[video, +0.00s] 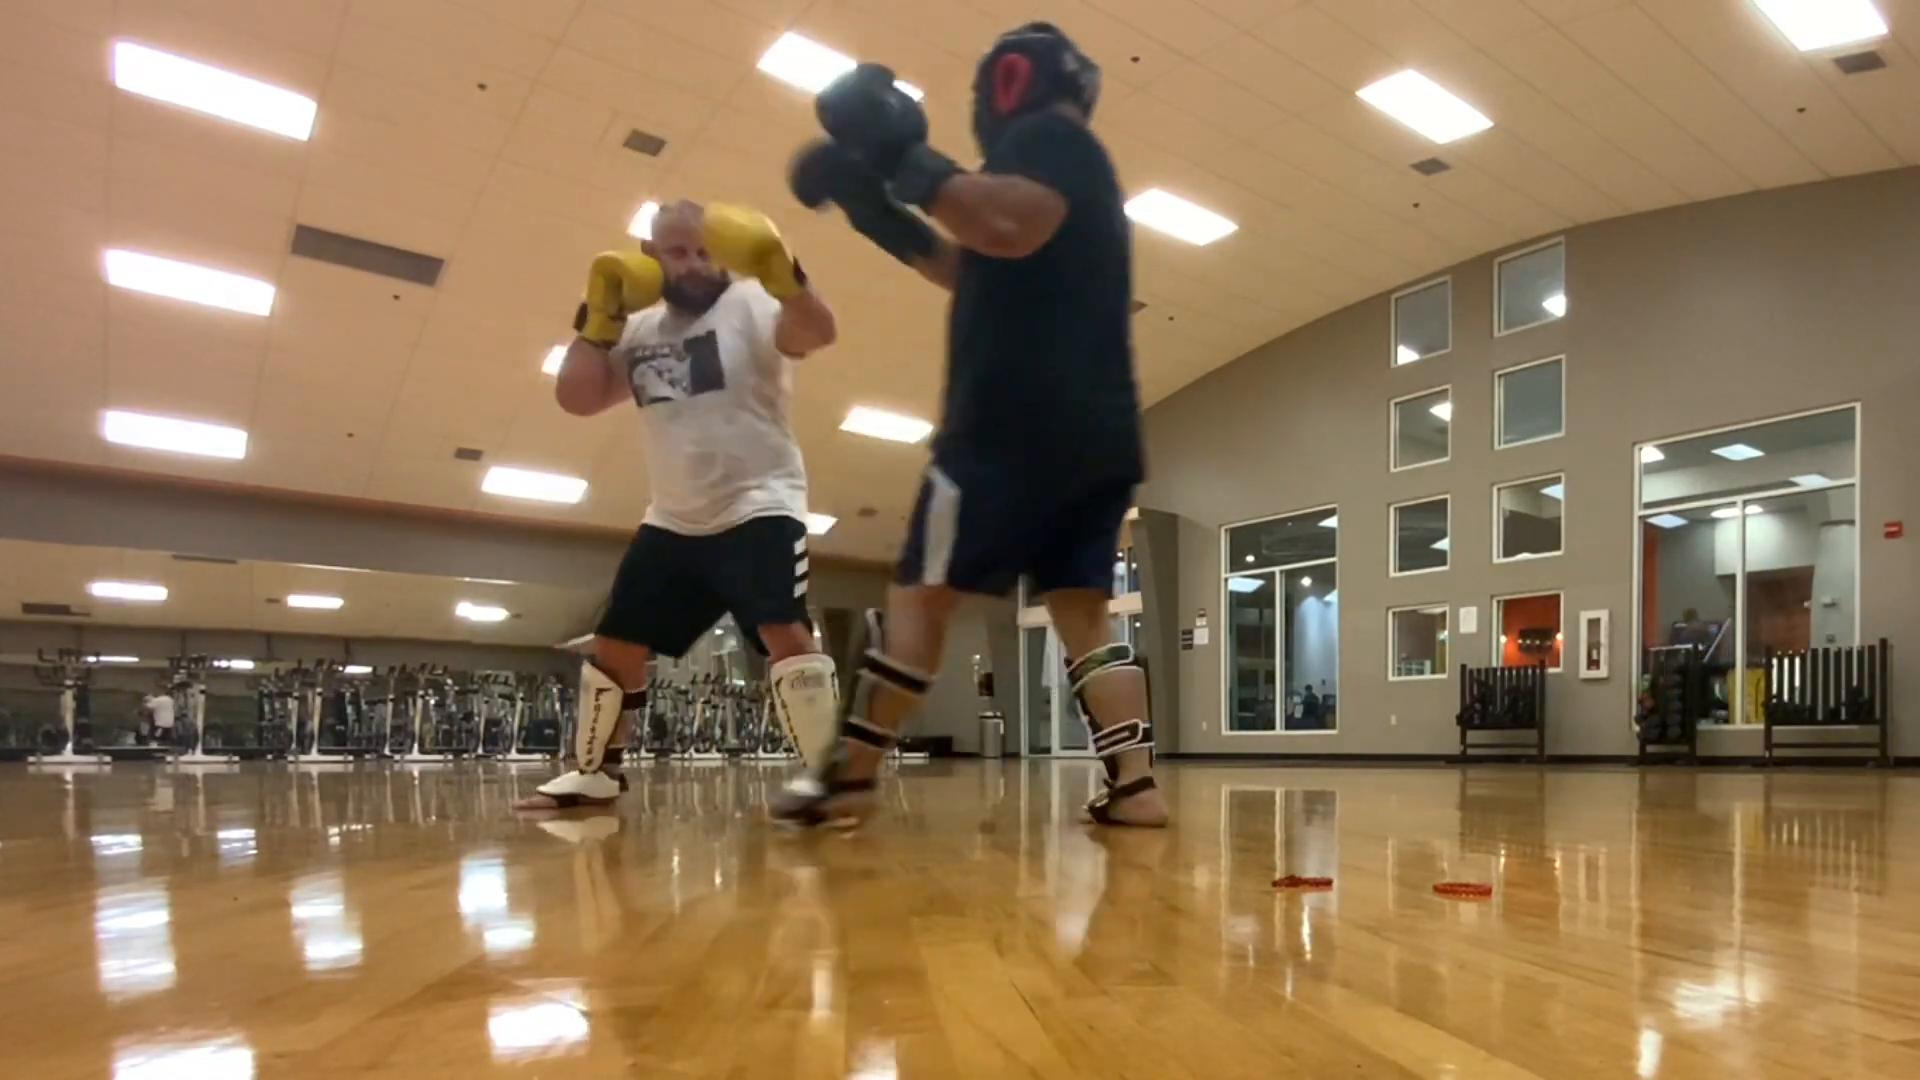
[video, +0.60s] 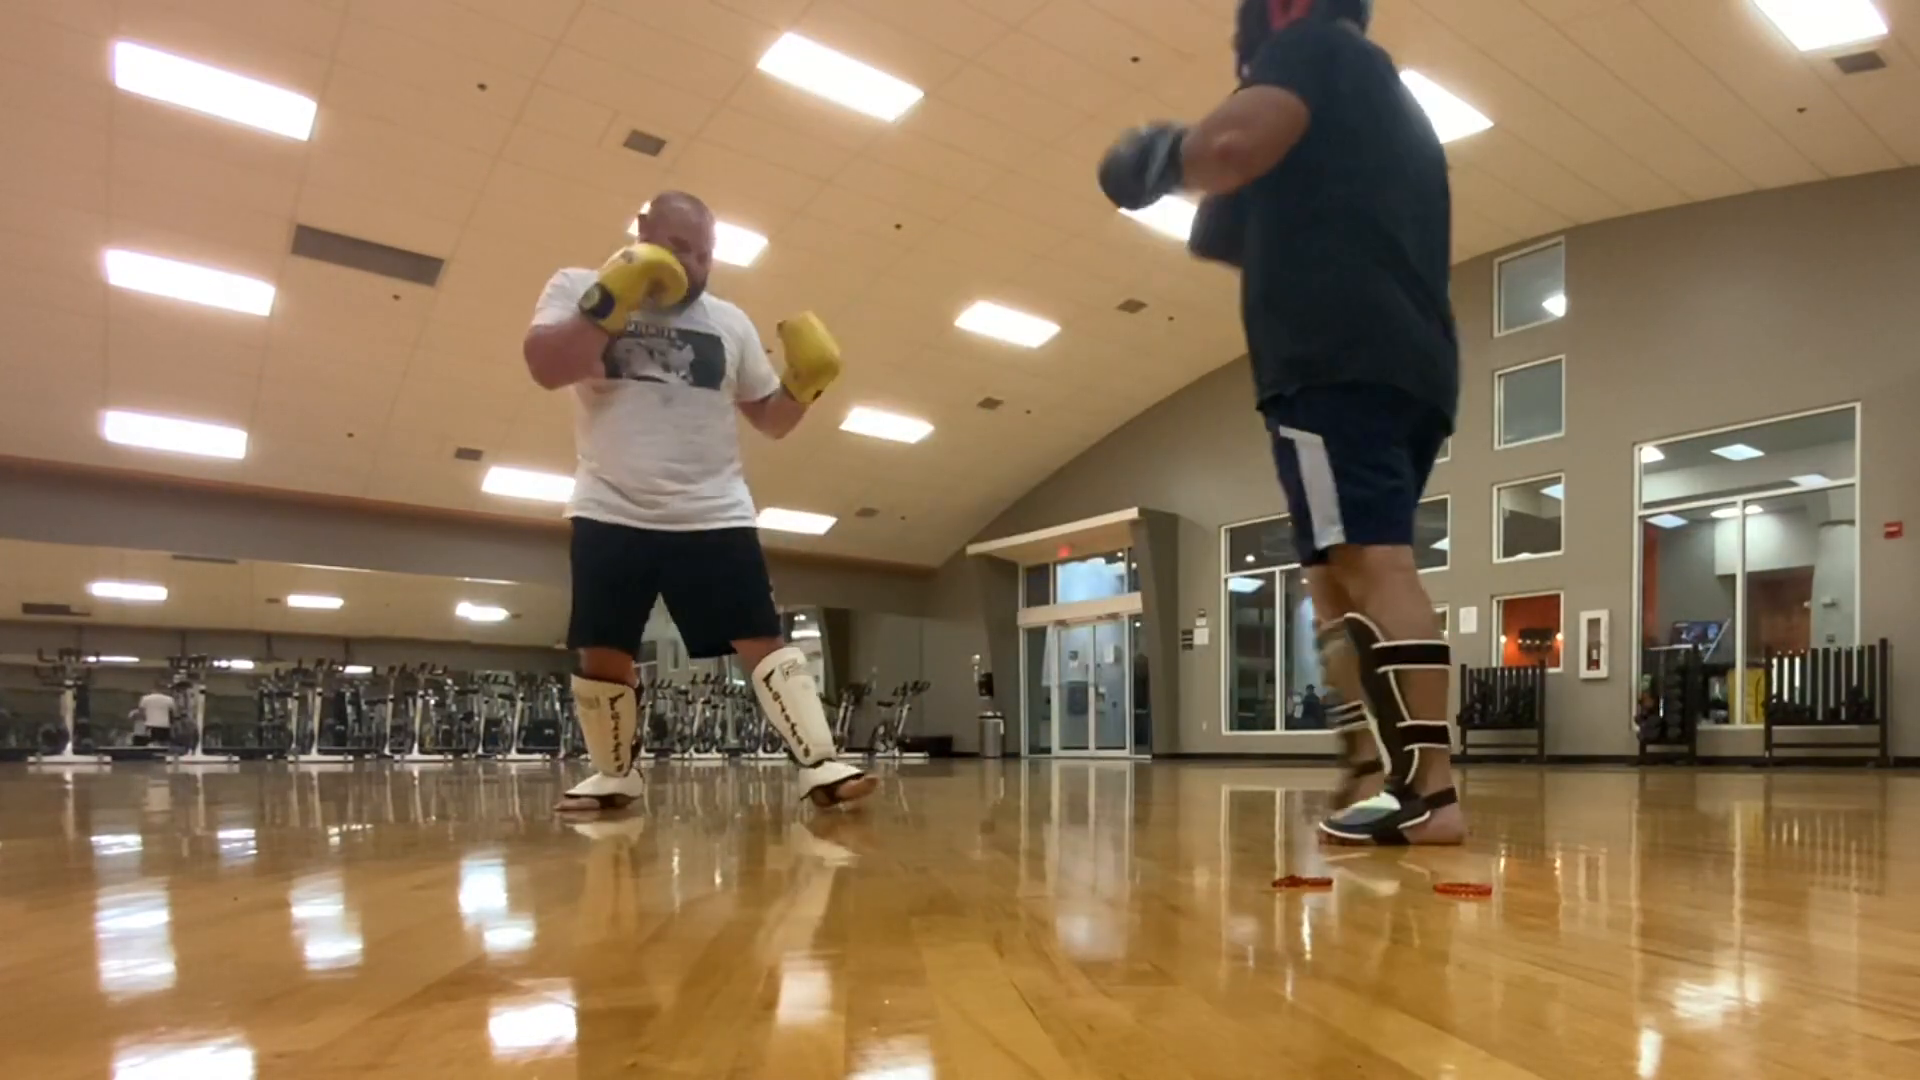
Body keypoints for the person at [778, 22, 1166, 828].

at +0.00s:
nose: (981, 101)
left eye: (987, 85)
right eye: (983, 89)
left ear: (1012, 75)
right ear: (1064, 85)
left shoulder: (1049, 135)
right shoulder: (1070, 171)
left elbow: (1020, 222)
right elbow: (981, 279)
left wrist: (903, 156)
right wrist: (877, 214)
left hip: (1006, 425)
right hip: (1091, 430)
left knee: (922, 594)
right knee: (1080, 604)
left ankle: (850, 779)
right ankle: (1136, 788)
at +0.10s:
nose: (1028, 82)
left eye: (1034, 64)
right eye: (1029, 70)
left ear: (1065, 50)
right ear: (1119, 62)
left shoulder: (1101, 110)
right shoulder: (1137, 153)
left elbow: (1039, 188)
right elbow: (1076, 307)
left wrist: (938, 142)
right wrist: (967, 280)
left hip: (1072, 399)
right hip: (1156, 412)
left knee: (970, 563)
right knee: (1113, 593)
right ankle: (1137, 786)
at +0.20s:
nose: (1074, 63)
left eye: (1082, 42)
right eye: (1077, 47)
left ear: (1111, 33)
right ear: (1171, 45)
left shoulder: (1140, 92)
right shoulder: (1202, 134)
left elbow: (1060, 168)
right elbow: (1166, 275)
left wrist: (982, 126)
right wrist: (1065, 327)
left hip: (1133, 386)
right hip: (1205, 393)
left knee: (1077, 577)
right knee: (1155, 584)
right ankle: (1144, 780)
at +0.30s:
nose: (1114, 59)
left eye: (1122, 40)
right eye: (1118, 44)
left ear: (1156, 32)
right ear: (1219, 46)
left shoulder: (1176, 88)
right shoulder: (1259, 136)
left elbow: (1077, 174)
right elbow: (1231, 264)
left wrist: (1026, 135)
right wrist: (1132, 306)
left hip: (1196, 389)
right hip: (1259, 393)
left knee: (1234, 583)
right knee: (1181, 595)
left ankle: (1390, 762)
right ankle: (1144, 790)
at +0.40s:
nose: (1151, 72)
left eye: (1158, 53)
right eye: (1153, 58)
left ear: (1197, 37)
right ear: (1260, 47)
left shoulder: (1219, 95)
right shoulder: (1310, 133)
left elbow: (1118, 205)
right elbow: (1259, 256)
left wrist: (1073, 181)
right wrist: (1168, 270)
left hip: (1264, 389)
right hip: (1323, 387)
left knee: (1330, 583)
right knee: (1237, 588)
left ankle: (1423, 791)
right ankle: (1165, 780)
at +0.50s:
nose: (1191, 53)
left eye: (1200, 32)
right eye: (1193, 38)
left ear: (1241, 13)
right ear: (1304, 19)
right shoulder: (1360, 114)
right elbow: (1271, 263)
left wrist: (1137, 226)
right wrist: (1171, 253)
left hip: (1303, 367)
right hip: (1374, 370)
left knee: (1332, 573)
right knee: (1290, 577)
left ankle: (1424, 790)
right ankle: (1255, 780)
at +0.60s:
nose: (1239, 62)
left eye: (1244, 42)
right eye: (1238, 49)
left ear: (1285, 14)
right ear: (1346, 17)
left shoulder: (1317, 45)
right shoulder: (1393, 108)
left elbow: (1238, 146)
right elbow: (1323, 235)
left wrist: (1154, 159)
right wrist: (1213, 204)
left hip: (1334, 351)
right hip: (1404, 359)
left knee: (1374, 564)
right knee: (1330, 569)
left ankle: (1430, 792)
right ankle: (1380, 769)